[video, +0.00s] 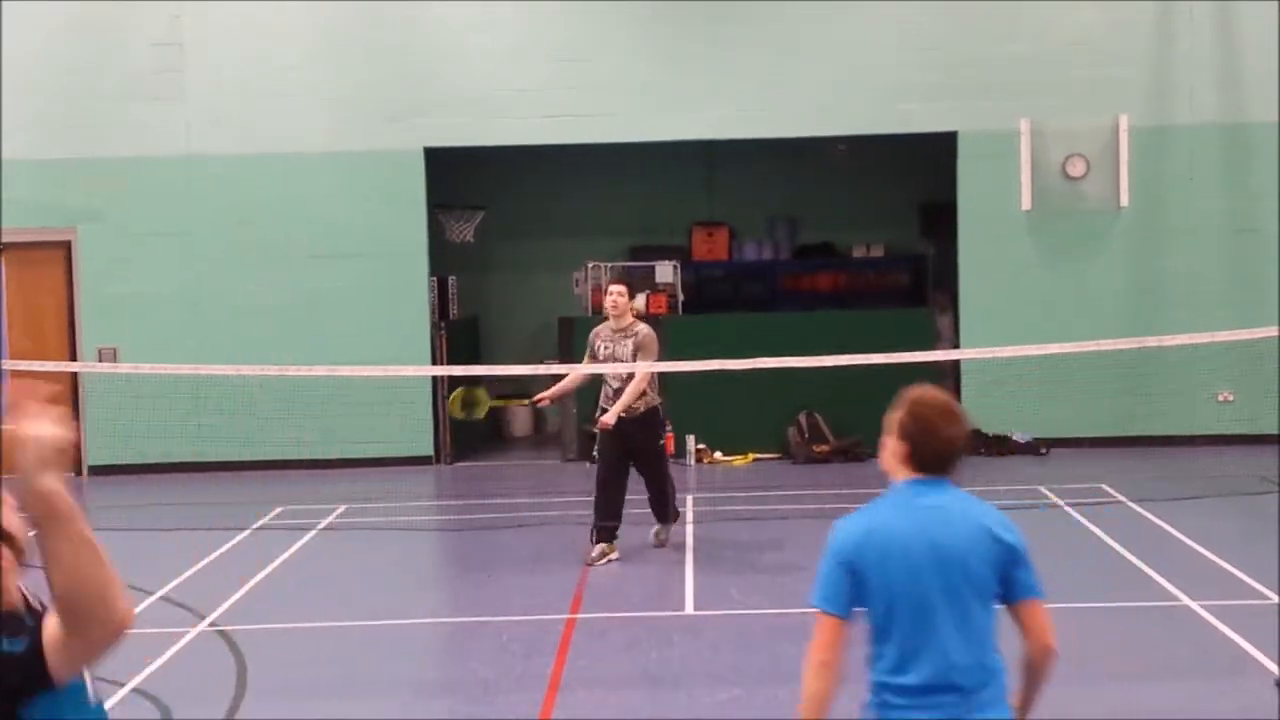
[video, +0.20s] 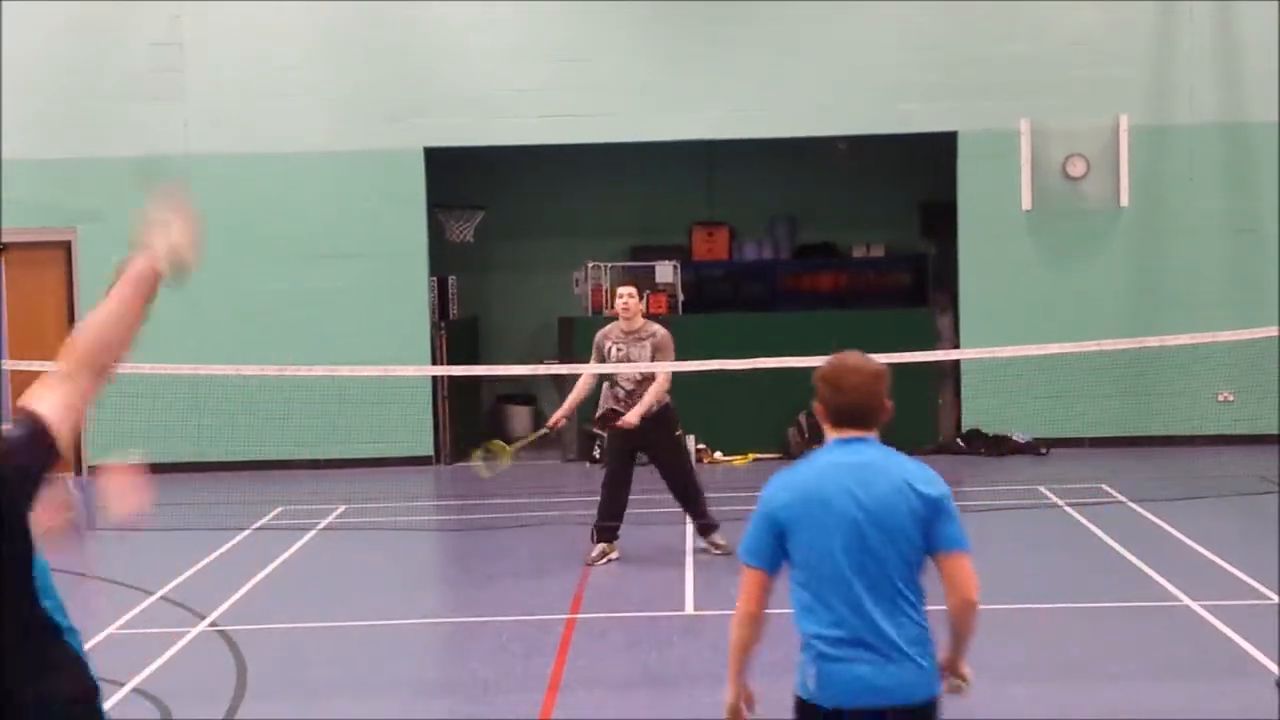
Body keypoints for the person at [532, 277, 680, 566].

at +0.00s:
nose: (612, 299)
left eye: (619, 295)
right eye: (609, 295)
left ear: (630, 301)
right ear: (604, 300)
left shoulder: (644, 335)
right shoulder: (598, 334)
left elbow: (642, 379)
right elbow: (585, 372)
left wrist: (614, 411)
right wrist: (552, 393)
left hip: (642, 415)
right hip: (609, 415)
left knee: (655, 473)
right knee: (608, 477)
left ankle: (665, 519)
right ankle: (605, 540)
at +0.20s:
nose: (624, 302)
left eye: (630, 297)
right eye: (620, 297)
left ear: (641, 303)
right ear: (613, 305)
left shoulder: (659, 336)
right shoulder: (604, 336)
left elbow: (663, 381)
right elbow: (590, 376)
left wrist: (637, 412)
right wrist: (564, 410)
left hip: (656, 416)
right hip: (618, 419)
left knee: (681, 475)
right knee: (615, 478)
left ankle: (708, 531)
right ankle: (606, 541)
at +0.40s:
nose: (651, 314)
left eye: (656, 309)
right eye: (646, 310)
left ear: (668, 315)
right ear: (638, 316)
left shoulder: (685, 349)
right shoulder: (628, 350)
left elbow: (697, 394)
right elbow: (613, 388)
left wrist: (684, 427)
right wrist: (589, 422)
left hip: (678, 430)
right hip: (640, 430)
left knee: (710, 480)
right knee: (624, 482)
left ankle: (731, 535)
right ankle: (606, 542)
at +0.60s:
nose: (700, 308)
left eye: (706, 304)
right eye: (696, 304)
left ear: (719, 312)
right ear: (690, 312)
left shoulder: (733, 348)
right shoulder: (679, 345)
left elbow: (740, 392)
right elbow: (668, 378)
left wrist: (727, 427)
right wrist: (644, 397)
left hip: (717, 428)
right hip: (681, 426)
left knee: (722, 484)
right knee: (655, 476)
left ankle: (725, 541)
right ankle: (626, 532)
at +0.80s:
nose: (737, 294)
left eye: (744, 292)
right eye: (735, 291)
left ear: (756, 303)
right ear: (730, 299)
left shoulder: (768, 335)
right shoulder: (718, 335)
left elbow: (782, 378)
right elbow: (701, 368)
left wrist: (789, 422)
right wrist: (683, 351)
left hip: (755, 408)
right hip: (719, 407)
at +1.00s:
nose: (771, 277)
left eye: (778, 274)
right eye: (771, 273)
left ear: (790, 286)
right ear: (767, 283)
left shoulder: (796, 313)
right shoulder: (755, 320)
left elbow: (798, 341)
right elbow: (742, 357)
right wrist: (718, 362)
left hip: (781, 388)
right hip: (756, 391)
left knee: (783, 454)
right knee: (757, 457)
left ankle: (796, 518)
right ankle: (769, 520)